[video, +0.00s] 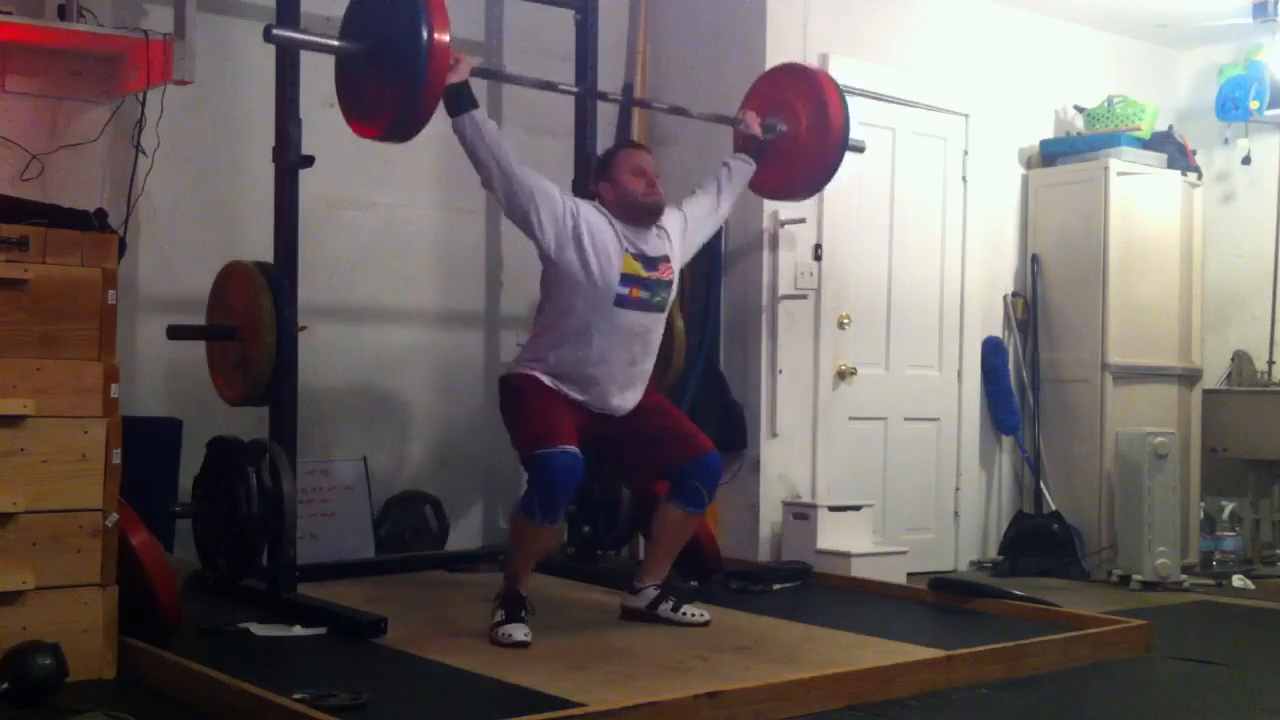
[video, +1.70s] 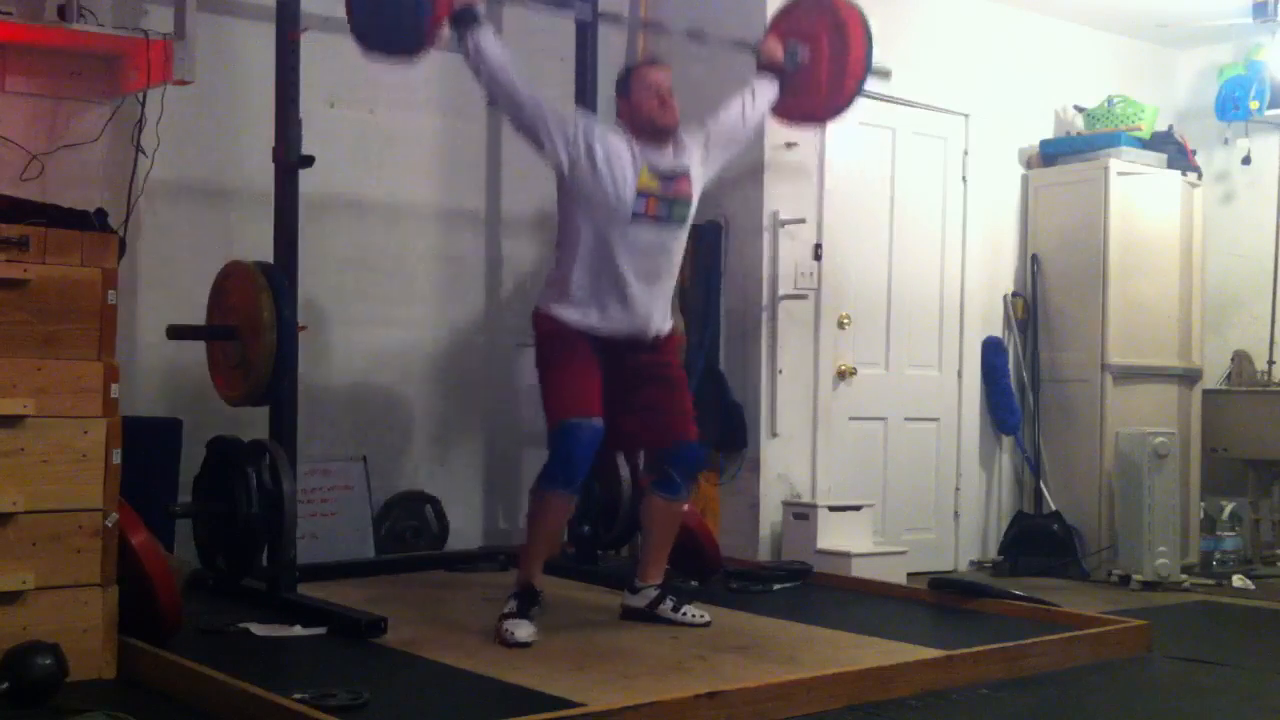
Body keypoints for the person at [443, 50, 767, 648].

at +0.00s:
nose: (653, 184)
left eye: (655, 176)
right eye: (638, 174)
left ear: (659, 189)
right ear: (601, 187)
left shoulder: (669, 235)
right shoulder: (574, 224)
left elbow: (714, 201)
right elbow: (506, 174)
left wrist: (746, 151)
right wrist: (459, 93)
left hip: (627, 400)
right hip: (548, 386)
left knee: (702, 468)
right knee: (560, 469)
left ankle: (647, 592)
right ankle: (513, 600)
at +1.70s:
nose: (667, 102)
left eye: (671, 93)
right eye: (653, 92)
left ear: (676, 104)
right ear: (624, 102)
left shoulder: (692, 155)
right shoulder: (590, 146)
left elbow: (740, 118)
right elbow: (519, 99)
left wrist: (775, 71)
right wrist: (471, 27)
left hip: (651, 335)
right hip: (574, 325)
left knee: (681, 454)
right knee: (580, 440)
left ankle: (647, 590)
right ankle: (524, 595)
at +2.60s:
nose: (618, 69)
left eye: (626, 60)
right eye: (606, 58)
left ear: (634, 65)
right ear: (579, 61)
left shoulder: (648, 119)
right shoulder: (549, 105)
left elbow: (708, 163)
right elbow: (478, 117)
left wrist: (776, 178)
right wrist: (427, 114)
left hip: (651, 285)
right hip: (576, 284)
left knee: (669, 430)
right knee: (583, 435)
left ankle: (657, 578)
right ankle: (565, 591)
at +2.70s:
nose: (647, 101)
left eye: (658, 92)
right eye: (638, 88)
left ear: (667, 97)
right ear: (612, 83)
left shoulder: (672, 158)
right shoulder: (570, 141)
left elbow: (716, 226)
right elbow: (497, 182)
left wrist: (755, 288)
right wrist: (467, 246)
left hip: (652, 318)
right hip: (575, 315)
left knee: (672, 453)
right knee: (587, 455)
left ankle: (648, 593)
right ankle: (560, 598)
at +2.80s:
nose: (683, 146)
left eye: (691, 135)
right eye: (672, 132)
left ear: (697, 139)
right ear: (643, 133)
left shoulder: (696, 206)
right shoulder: (593, 188)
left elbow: (734, 278)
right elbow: (510, 246)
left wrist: (760, 343)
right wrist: (460, 326)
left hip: (642, 347)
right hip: (565, 343)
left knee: (674, 463)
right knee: (581, 463)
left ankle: (644, 596)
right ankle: (556, 602)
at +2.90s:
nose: (697, 233)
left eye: (708, 224)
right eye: (692, 218)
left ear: (718, 220)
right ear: (665, 202)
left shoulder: (714, 257)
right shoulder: (606, 235)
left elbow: (753, 316)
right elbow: (512, 279)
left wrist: (768, 378)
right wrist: (467, 364)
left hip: (632, 363)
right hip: (554, 350)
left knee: (673, 458)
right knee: (566, 455)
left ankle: (644, 596)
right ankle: (555, 600)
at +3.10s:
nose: (700, 292)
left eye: (710, 283)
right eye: (695, 277)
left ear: (721, 277)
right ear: (671, 253)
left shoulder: (712, 300)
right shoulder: (607, 280)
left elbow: (746, 365)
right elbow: (533, 346)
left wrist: (777, 437)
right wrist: (481, 438)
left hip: (630, 357)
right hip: (550, 344)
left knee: (657, 460)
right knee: (563, 457)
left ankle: (645, 594)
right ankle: (555, 599)